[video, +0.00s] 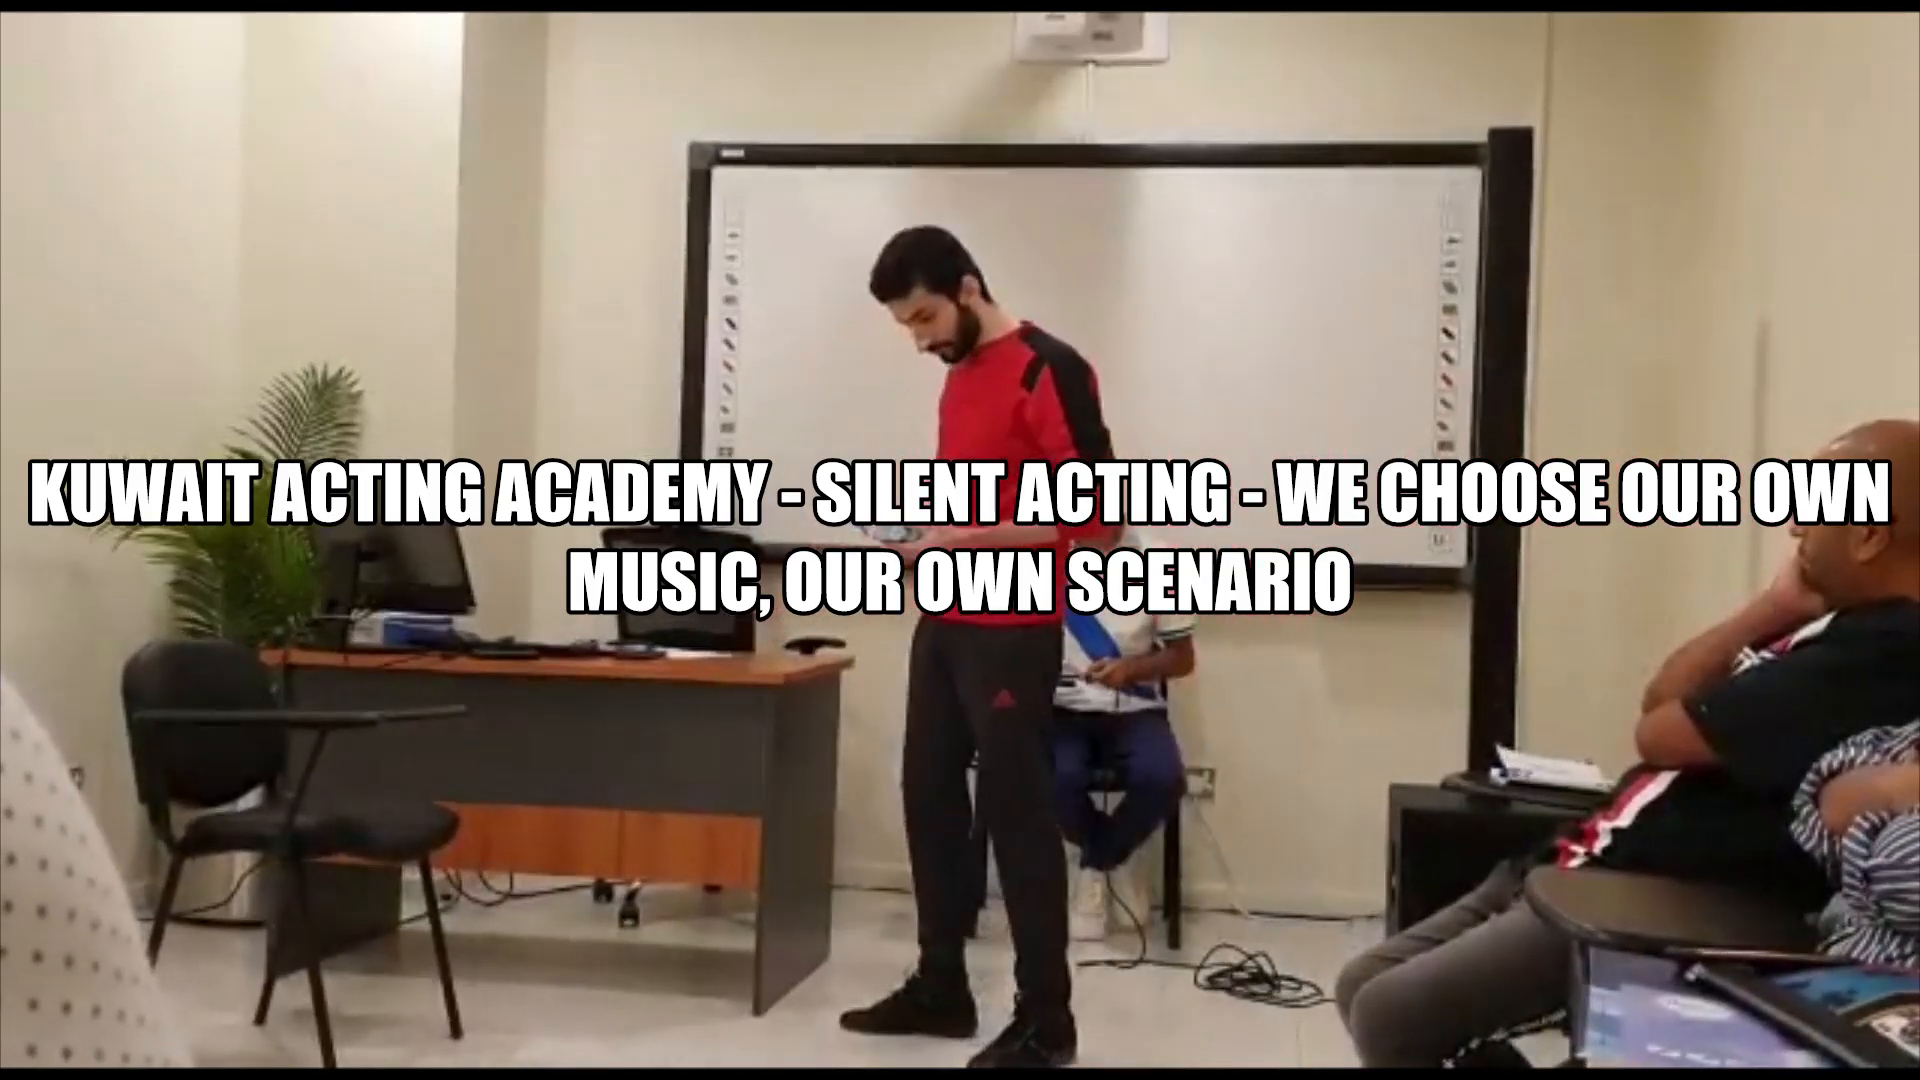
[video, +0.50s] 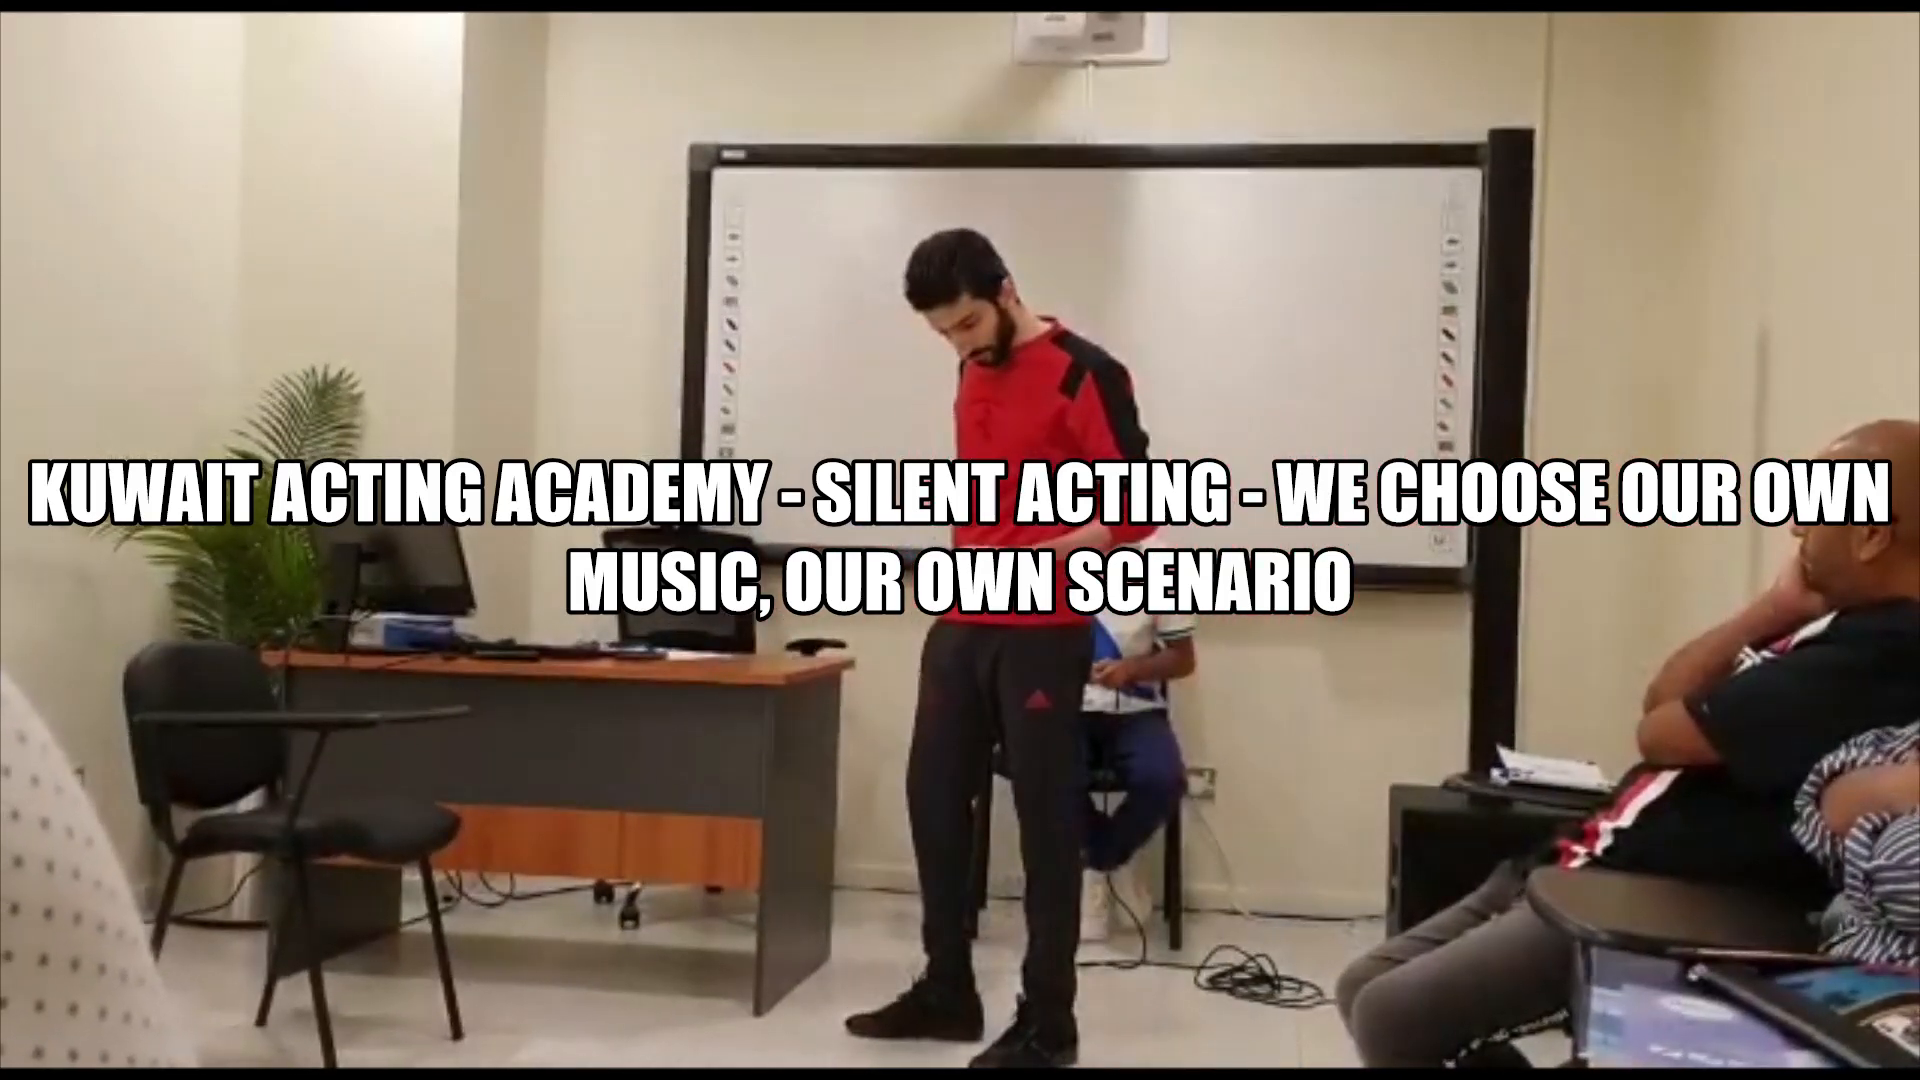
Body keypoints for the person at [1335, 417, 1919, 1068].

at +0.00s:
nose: (1796, 534)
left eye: (1814, 513)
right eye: (1801, 512)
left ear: (1873, 533)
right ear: (1873, 534)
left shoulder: (1885, 646)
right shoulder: (1847, 626)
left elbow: (1663, 738)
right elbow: (1663, 696)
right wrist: (1782, 603)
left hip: (1636, 902)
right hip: (1587, 860)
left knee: (1387, 1018)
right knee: (1363, 983)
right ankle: (1491, 1061)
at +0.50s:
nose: (1798, 535)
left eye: (1816, 513)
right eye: (1803, 513)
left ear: (1877, 534)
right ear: (1876, 536)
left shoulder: (1883, 647)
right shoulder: (1848, 625)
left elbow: (1664, 737)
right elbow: (1666, 695)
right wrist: (1783, 604)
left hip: (1640, 903)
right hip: (1589, 861)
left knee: (1388, 1017)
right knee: (1363, 985)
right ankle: (1491, 1061)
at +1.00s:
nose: (1795, 535)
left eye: (1806, 516)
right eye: (1798, 514)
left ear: (1874, 532)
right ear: (1874, 532)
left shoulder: (1883, 650)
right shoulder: (1847, 626)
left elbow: (1666, 739)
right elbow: (1665, 700)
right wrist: (1783, 606)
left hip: (1632, 907)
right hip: (1581, 864)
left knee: (1388, 1019)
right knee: (1364, 985)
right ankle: (1486, 1061)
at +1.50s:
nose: (1794, 536)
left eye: (1806, 516)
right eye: (1798, 515)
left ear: (1873, 532)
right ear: (1873, 532)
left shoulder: (1882, 650)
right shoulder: (1848, 627)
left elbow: (1665, 743)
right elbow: (1662, 704)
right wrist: (1779, 610)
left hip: (1638, 907)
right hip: (1585, 863)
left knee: (1390, 1020)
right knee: (1365, 986)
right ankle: (1486, 1060)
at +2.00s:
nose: (1795, 536)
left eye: (1806, 517)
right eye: (1798, 516)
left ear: (1873, 533)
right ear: (1872, 533)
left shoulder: (1883, 651)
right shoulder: (1846, 628)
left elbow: (1665, 744)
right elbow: (1662, 703)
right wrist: (1778, 611)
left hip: (1640, 906)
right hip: (1588, 862)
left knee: (1389, 1022)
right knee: (1364, 988)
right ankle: (1489, 1060)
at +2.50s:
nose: (1796, 538)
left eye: (1807, 517)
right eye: (1799, 516)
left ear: (1874, 532)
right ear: (1874, 532)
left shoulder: (1881, 651)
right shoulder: (1848, 628)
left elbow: (1663, 744)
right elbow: (1661, 702)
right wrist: (1778, 612)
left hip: (1640, 906)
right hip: (1586, 863)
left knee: (1388, 1022)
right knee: (1364, 987)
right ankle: (1486, 1060)